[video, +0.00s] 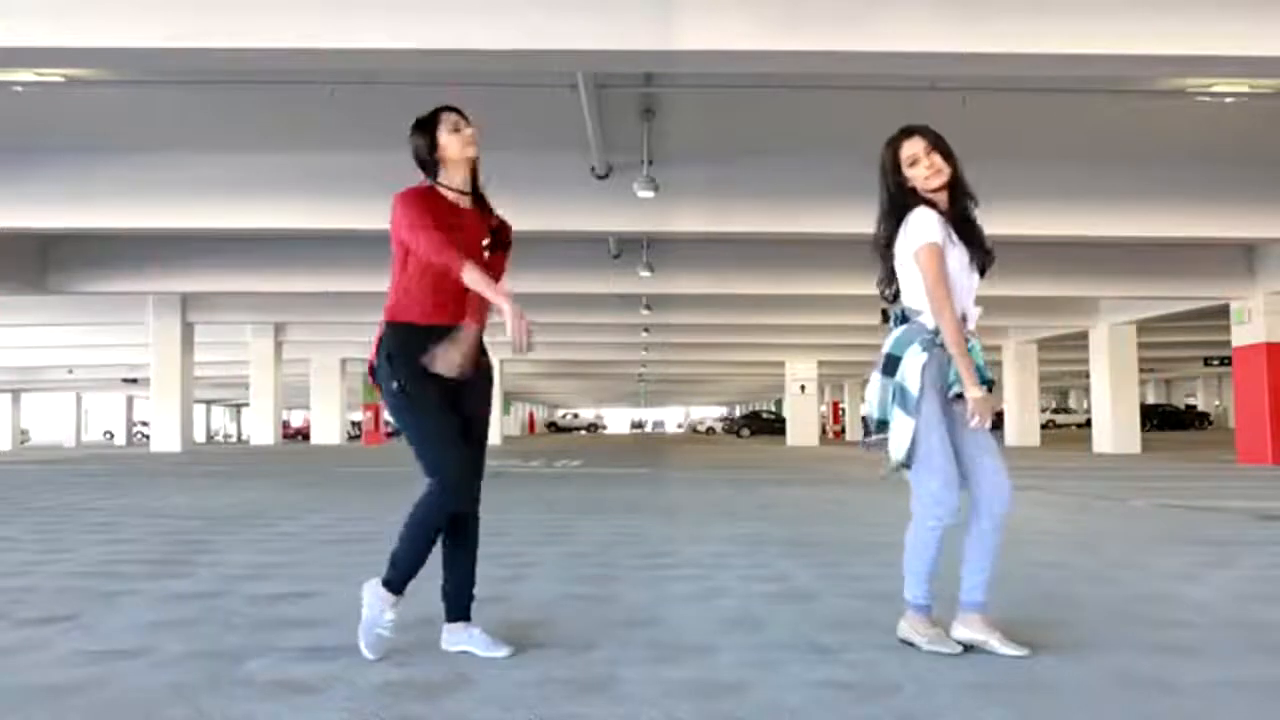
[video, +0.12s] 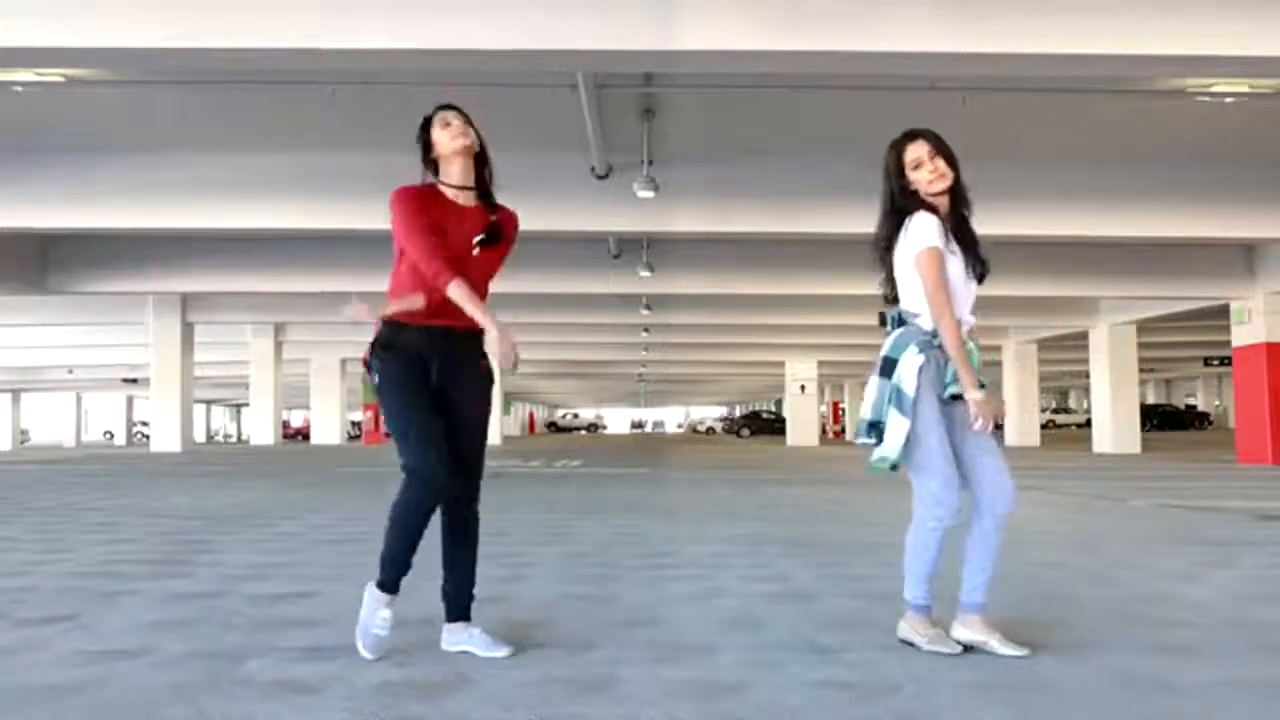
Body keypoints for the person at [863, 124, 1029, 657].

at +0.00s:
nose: (930, 164)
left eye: (934, 152)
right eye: (915, 163)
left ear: (949, 158)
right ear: (904, 180)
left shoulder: (952, 226)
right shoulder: (921, 223)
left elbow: (954, 309)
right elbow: (940, 307)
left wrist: (972, 379)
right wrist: (972, 383)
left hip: (958, 365)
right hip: (923, 365)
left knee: (994, 488)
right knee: (936, 492)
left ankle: (971, 615)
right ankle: (916, 615)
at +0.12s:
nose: (933, 169)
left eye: (937, 158)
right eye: (918, 167)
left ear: (952, 164)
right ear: (906, 183)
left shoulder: (951, 231)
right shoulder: (921, 226)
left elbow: (950, 317)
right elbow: (939, 313)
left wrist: (972, 384)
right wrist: (972, 387)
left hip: (953, 371)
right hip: (921, 369)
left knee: (997, 490)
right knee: (937, 494)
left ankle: (971, 617)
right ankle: (915, 616)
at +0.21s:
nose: (933, 163)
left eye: (937, 151)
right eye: (919, 160)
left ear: (952, 157)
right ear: (907, 176)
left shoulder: (947, 223)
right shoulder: (922, 217)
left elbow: (951, 308)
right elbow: (940, 304)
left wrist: (977, 374)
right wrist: (971, 379)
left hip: (954, 366)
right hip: (922, 365)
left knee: (994, 490)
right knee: (938, 493)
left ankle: (971, 616)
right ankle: (915, 615)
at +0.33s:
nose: (938, 164)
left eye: (941, 153)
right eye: (923, 162)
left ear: (956, 160)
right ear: (910, 177)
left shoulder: (944, 224)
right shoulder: (925, 213)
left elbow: (953, 317)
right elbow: (940, 303)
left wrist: (987, 390)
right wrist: (970, 377)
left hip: (955, 373)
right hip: (923, 372)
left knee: (997, 489)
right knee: (957, 500)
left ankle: (971, 616)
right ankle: (917, 615)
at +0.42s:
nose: (938, 170)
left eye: (943, 159)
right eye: (924, 167)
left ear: (957, 166)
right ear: (911, 181)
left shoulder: (941, 230)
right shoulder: (926, 217)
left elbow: (954, 323)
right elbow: (939, 304)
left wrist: (989, 396)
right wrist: (967, 378)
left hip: (955, 377)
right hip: (924, 376)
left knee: (1001, 493)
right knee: (961, 505)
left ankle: (972, 617)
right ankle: (918, 616)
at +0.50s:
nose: (938, 165)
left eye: (942, 154)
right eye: (924, 162)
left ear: (956, 160)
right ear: (911, 176)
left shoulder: (942, 225)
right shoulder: (926, 212)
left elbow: (953, 319)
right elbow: (939, 300)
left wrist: (987, 394)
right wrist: (963, 378)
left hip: (955, 369)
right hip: (926, 368)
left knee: (998, 492)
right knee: (955, 502)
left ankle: (971, 617)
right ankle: (917, 616)